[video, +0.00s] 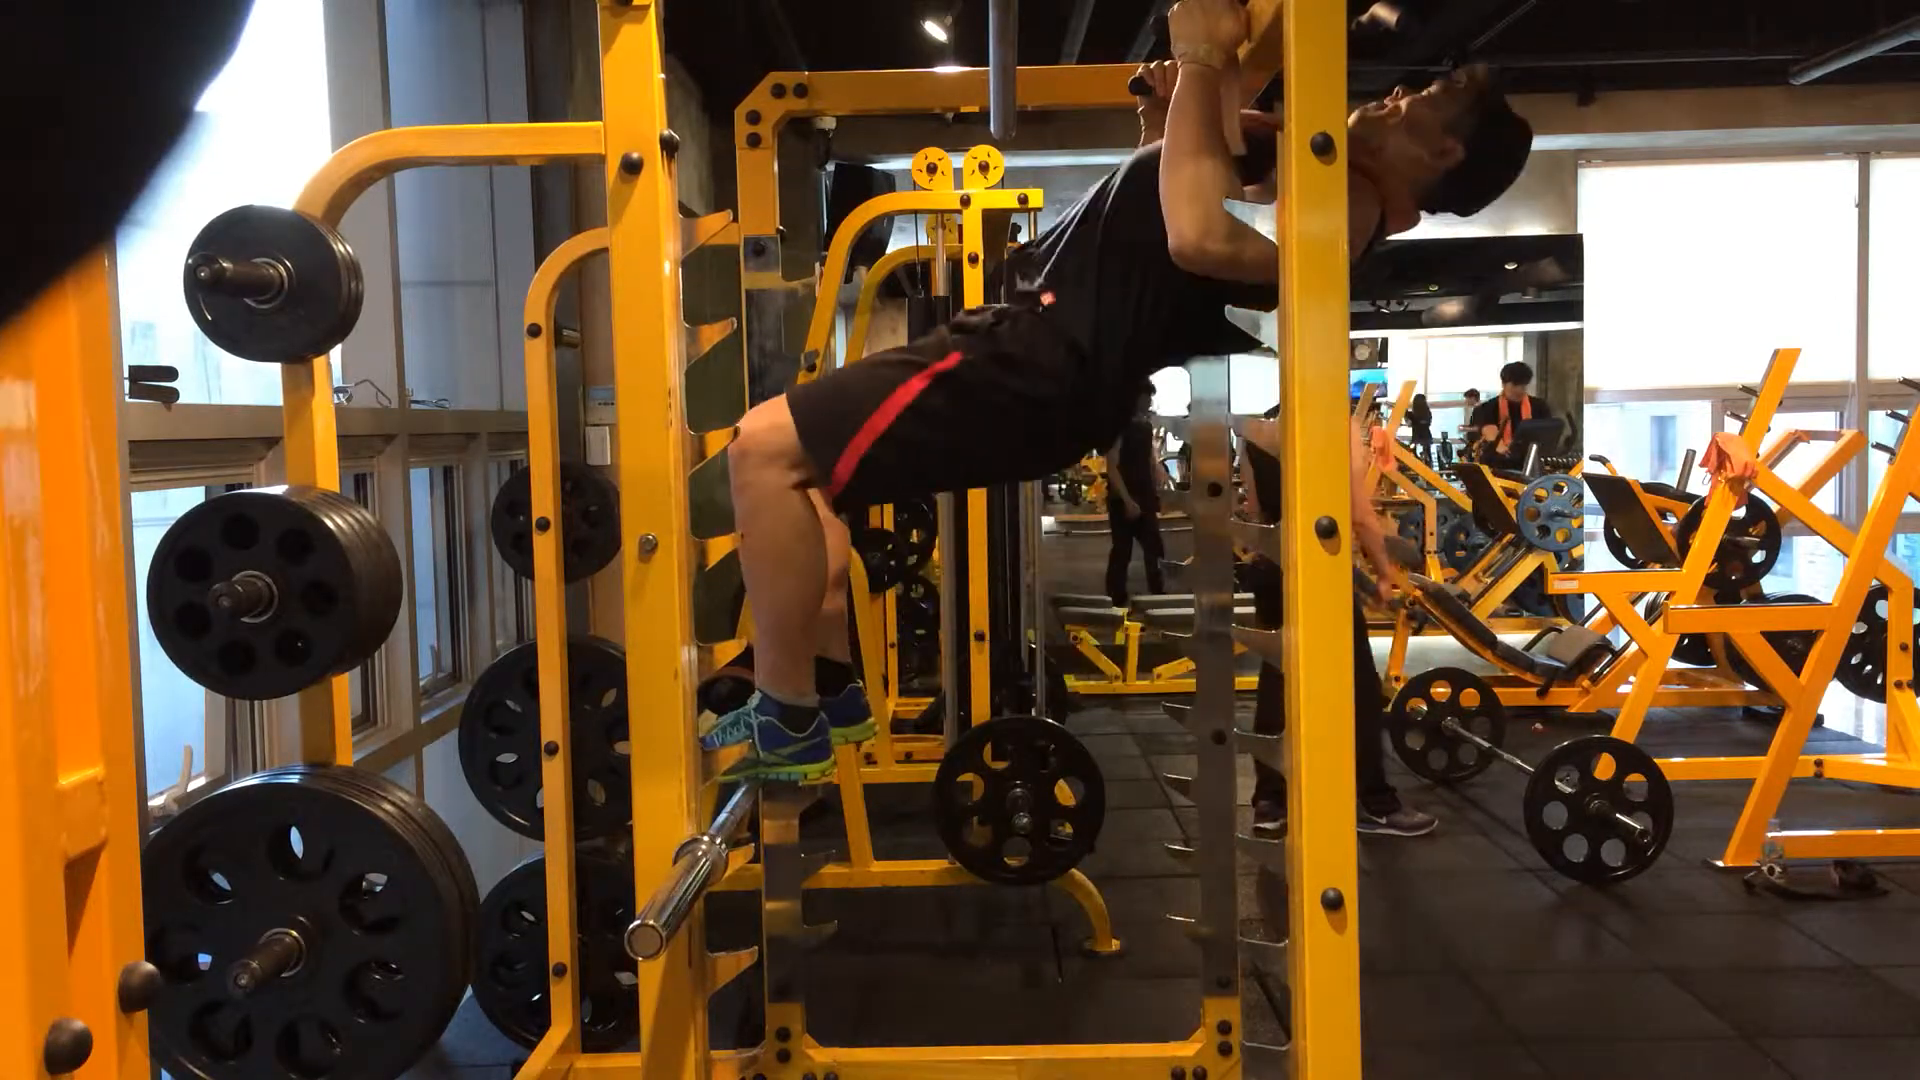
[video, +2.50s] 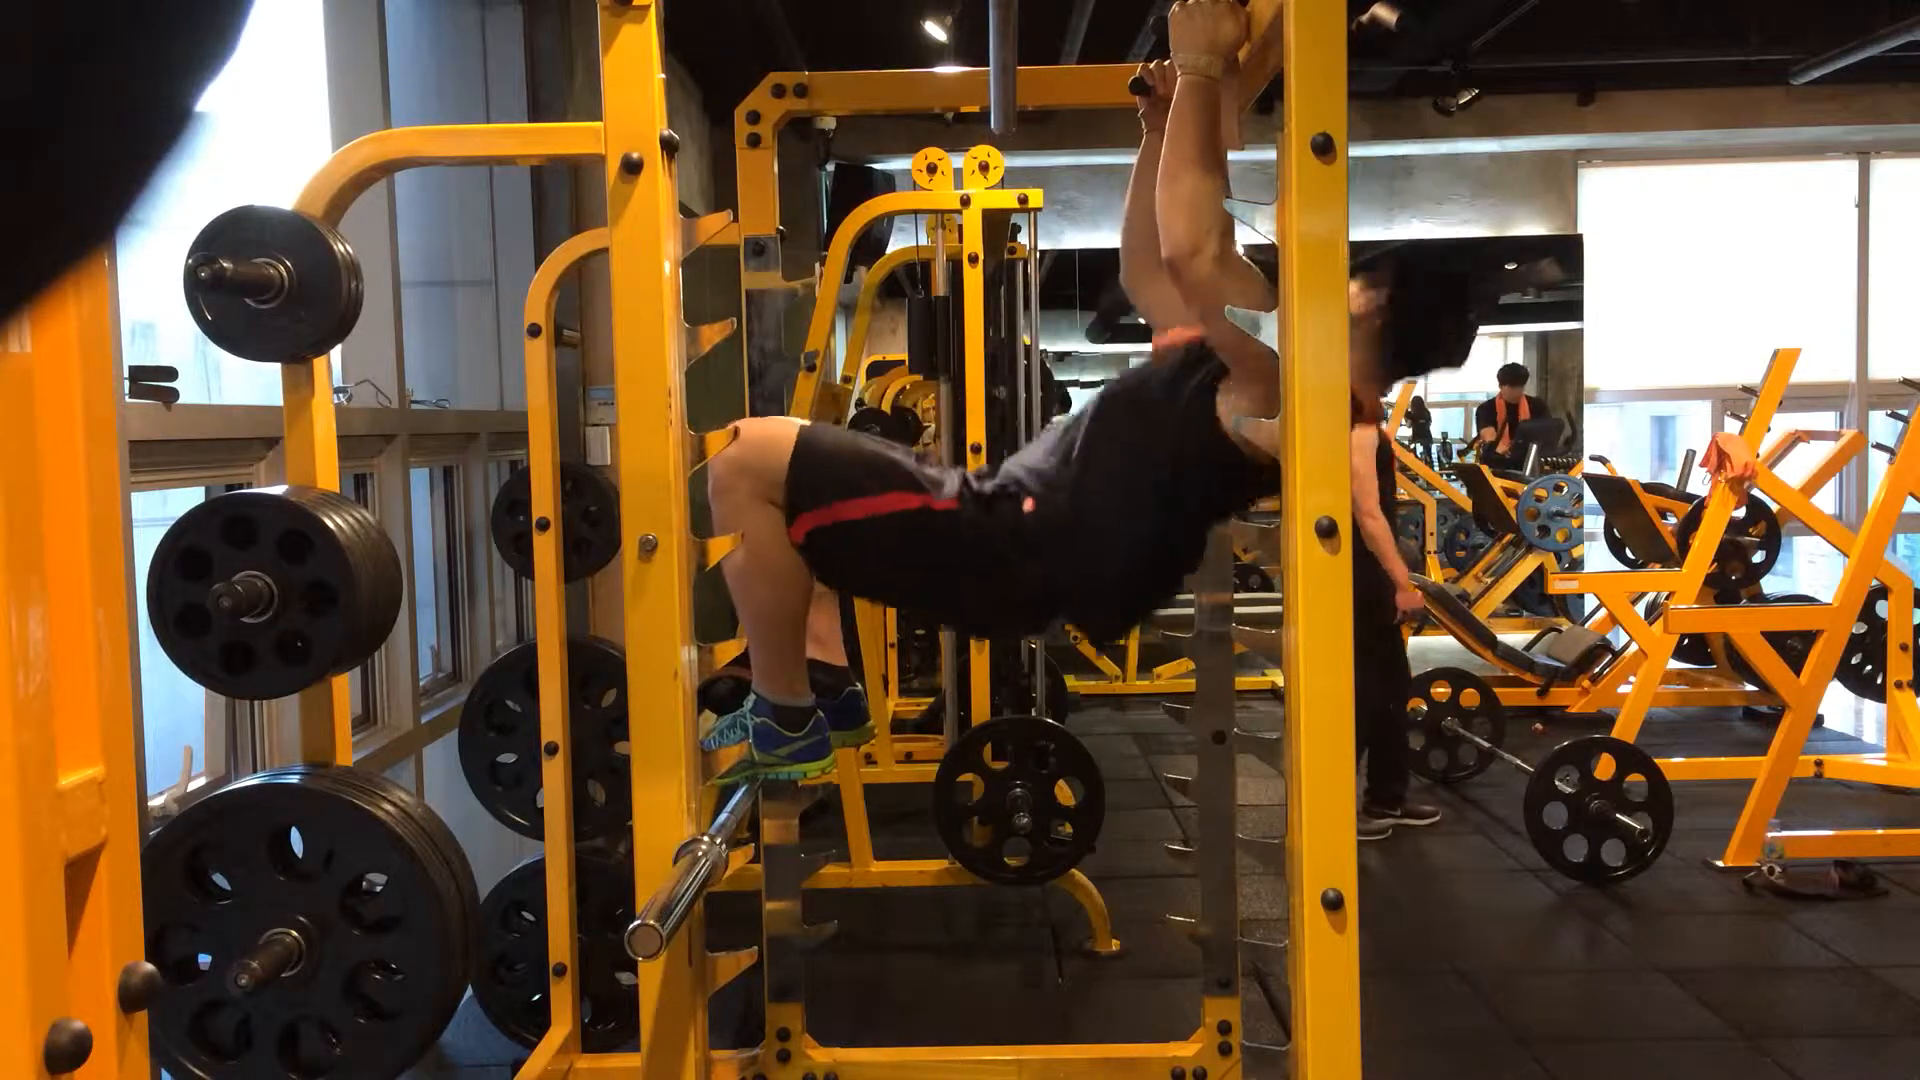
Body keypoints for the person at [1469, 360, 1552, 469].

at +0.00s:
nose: (1519, 391)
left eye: (1523, 387)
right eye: (1514, 386)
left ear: (1526, 386)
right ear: (1504, 384)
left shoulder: (1539, 406)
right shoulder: (1487, 409)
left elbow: (1547, 433)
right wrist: (1499, 445)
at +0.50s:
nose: (1526, 392)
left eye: (1529, 386)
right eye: (1521, 386)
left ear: (1533, 386)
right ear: (1510, 384)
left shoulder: (1539, 406)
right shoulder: (1490, 405)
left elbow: (1547, 435)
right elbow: (1490, 436)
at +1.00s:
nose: (1515, 392)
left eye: (1518, 386)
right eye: (1509, 387)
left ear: (1521, 386)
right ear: (1499, 387)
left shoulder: (1537, 404)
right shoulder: (1485, 410)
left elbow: (1545, 434)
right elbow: (1489, 443)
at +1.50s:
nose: (1525, 393)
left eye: (1529, 388)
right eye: (1520, 388)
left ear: (1533, 388)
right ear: (1509, 385)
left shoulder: (1540, 406)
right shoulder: (1490, 406)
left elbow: (1547, 437)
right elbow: (1492, 442)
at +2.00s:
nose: (1515, 394)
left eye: (1518, 389)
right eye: (1510, 389)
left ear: (1522, 388)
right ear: (1500, 387)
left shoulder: (1537, 405)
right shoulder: (1485, 409)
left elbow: (1546, 435)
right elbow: (1489, 442)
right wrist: (1503, 451)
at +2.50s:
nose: (1518, 392)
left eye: (1521, 387)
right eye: (1513, 387)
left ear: (1524, 386)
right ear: (1501, 387)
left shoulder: (1537, 405)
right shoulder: (1485, 409)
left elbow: (1547, 435)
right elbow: (1489, 440)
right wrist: (1504, 450)